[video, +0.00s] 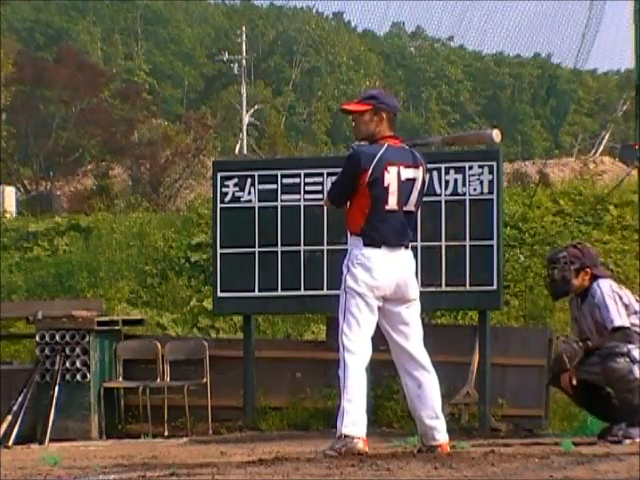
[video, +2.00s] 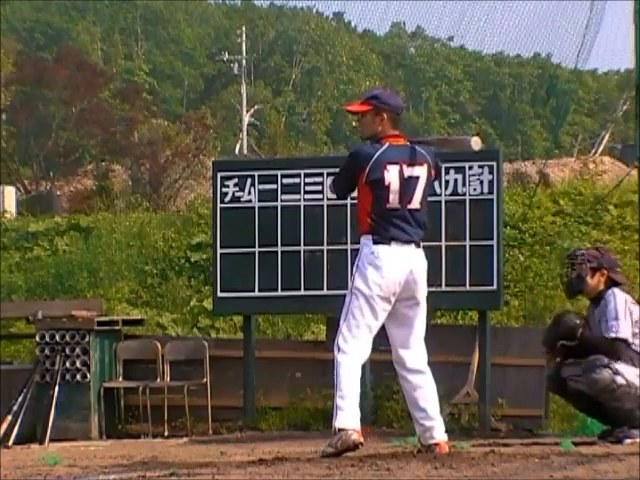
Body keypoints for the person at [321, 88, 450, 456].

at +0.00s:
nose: (354, 123)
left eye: (359, 117)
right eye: (354, 117)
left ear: (380, 119)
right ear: (384, 121)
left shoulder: (363, 155)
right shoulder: (416, 159)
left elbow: (335, 199)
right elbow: (405, 203)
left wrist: (357, 171)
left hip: (367, 261)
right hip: (403, 261)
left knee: (354, 349)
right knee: (413, 352)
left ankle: (352, 435)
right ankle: (436, 437)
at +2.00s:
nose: (358, 121)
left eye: (364, 116)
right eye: (360, 116)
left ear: (382, 118)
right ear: (391, 119)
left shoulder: (365, 154)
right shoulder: (424, 155)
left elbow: (338, 190)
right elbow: (433, 175)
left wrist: (366, 162)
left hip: (379, 257)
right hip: (416, 259)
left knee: (350, 345)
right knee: (412, 353)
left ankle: (347, 427)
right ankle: (435, 437)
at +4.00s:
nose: (354, 124)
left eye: (359, 118)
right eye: (355, 118)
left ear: (377, 121)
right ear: (389, 123)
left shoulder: (357, 154)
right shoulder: (419, 159)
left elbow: (339, 191)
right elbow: (424, 199)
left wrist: (373, 158)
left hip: (376, 260)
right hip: (414, 261)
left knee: (351, 348)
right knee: (417, 353)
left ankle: (344, 432)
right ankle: (442, 435)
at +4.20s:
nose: (349, 124)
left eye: (353, 119)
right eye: (350, 118)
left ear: (372, 121)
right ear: (379, 123)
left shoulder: (359, 156)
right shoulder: (409, 157)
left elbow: (328, 203)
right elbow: (379, 196)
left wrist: (342, 162)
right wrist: (355, 159)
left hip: (378, 260)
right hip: (412, 260)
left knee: (346, 352)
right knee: (411, 357)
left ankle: (348, 435)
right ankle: (442, 436)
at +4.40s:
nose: (331, 123)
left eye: (336, 117)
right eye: (332, 117)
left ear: (355, 120)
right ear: (357, 122)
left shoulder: (357, 154)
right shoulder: (381, 156)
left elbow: (343, 219)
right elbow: (349, 207)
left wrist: (324, 214)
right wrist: (319, 182)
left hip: (370, 257)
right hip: (397, 257)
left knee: (340, 352)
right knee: (380, 357)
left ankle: (346, 437)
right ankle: (429, 426)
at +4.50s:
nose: (320, 122)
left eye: (325, 116)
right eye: (320, 117)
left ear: (345, 120)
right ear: (346, 121)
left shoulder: (351, 153)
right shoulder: (362, 155)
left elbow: (360, 217)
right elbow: (328, 215)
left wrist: (328, 229)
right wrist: (289, 190)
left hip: (370, 257)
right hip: (390, 257)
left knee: (340, 350)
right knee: (358, 350)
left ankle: (346, 437)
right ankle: (400, 423)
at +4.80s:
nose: (289, 152)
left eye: (294, 146)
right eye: (289, 146)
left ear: (314, 149)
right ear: (309, 150)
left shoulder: (328, 179)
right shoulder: (321, 185)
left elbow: (353, 229)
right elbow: (309, 246)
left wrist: (312, 247)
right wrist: (266, 233)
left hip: (374, 275)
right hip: (365, 277)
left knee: (333, 353)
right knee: (324, 357)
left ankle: (352, 438)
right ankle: (349, 437)